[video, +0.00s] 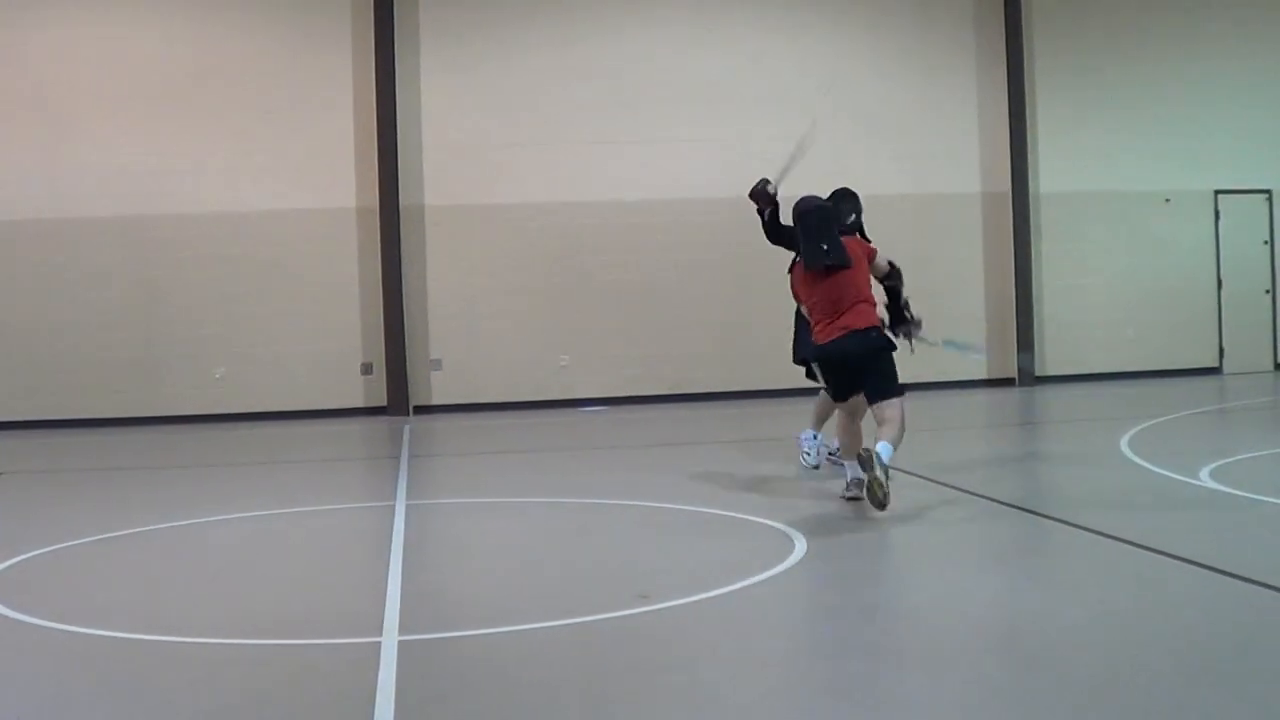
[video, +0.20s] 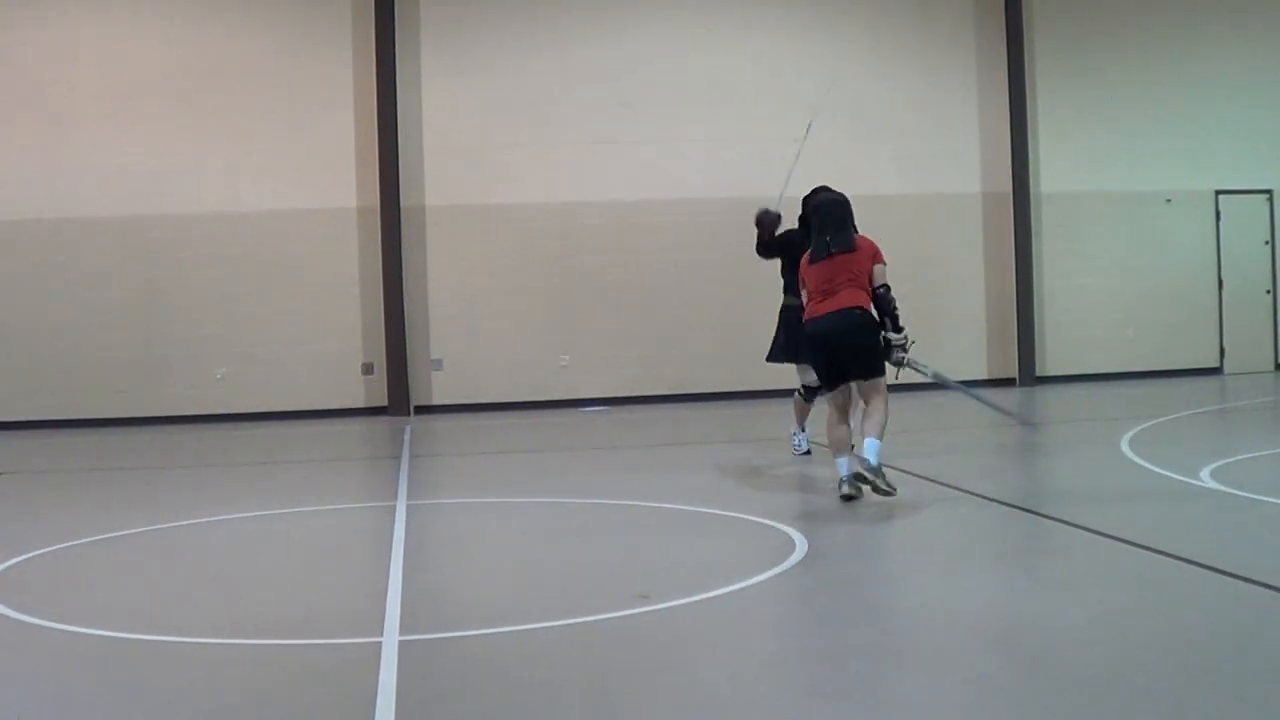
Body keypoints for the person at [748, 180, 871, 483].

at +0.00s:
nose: (849, 223)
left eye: (852, 216)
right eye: (845, 216)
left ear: (854, 217)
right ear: (836, 215)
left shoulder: (860, 244)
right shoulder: (812, 237)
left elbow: (888, 279)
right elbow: (775, 234)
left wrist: (896, 314)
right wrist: (768, 207)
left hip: (852, 320)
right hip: (814, 319)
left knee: (855, 387)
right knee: (834, 384)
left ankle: (840, 444)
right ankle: (811, 435)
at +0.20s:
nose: (826, 217)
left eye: (829, 211)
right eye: (821, 211)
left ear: (833, 215)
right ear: (810, 213)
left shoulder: (840, 240)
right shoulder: (793, 238)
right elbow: (765, 251)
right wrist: (766, 230)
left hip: (833, 313)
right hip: (798, 313)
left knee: (842, 380)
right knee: (811, 383)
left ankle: (846, 434)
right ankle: (800, 430)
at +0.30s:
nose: (818, 219)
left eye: (820, 213)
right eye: (814, 213)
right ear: (805, 217)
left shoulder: (827, 249)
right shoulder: (785, 248)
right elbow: (763, 281)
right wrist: (778, 271)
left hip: (820, 321)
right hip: (789, 321)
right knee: (804, 384)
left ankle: (821, 399)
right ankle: (797, 434)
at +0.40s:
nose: (813, 226)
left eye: (815, 221)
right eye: (808, 221)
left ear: (818, 222)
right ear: (795, 223)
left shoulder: (823, 251)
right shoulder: (781, 252)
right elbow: (760, 287)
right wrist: (776, 297)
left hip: (818, 324)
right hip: (787, 326)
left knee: (825, 377)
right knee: (796, 383)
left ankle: (814, 404)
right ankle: (796, 432)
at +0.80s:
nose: (784, 238)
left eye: (789, 231)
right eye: (779, 231)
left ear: (794, 231)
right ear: (770, 232)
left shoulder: (802, 254)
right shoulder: (758, 256)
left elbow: (814, 285)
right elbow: (743, 289)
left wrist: (804, 309)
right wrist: (761, 301)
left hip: (799, 317)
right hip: (767, 320)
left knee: (799, 375)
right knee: (769, 375)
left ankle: (796, 422)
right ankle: (766, 405)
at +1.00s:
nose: (770, 235)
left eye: (773, 230)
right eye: (764, 230)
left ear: (778, 229)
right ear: (754, 231)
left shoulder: (785, 254)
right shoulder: (743, 259)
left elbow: (797, 284)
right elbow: (730, 292)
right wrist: (750, 300)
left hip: (785, 318)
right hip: (753, 321)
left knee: (790, 371)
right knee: (753, 373)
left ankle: (793, 419)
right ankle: (751, 416)